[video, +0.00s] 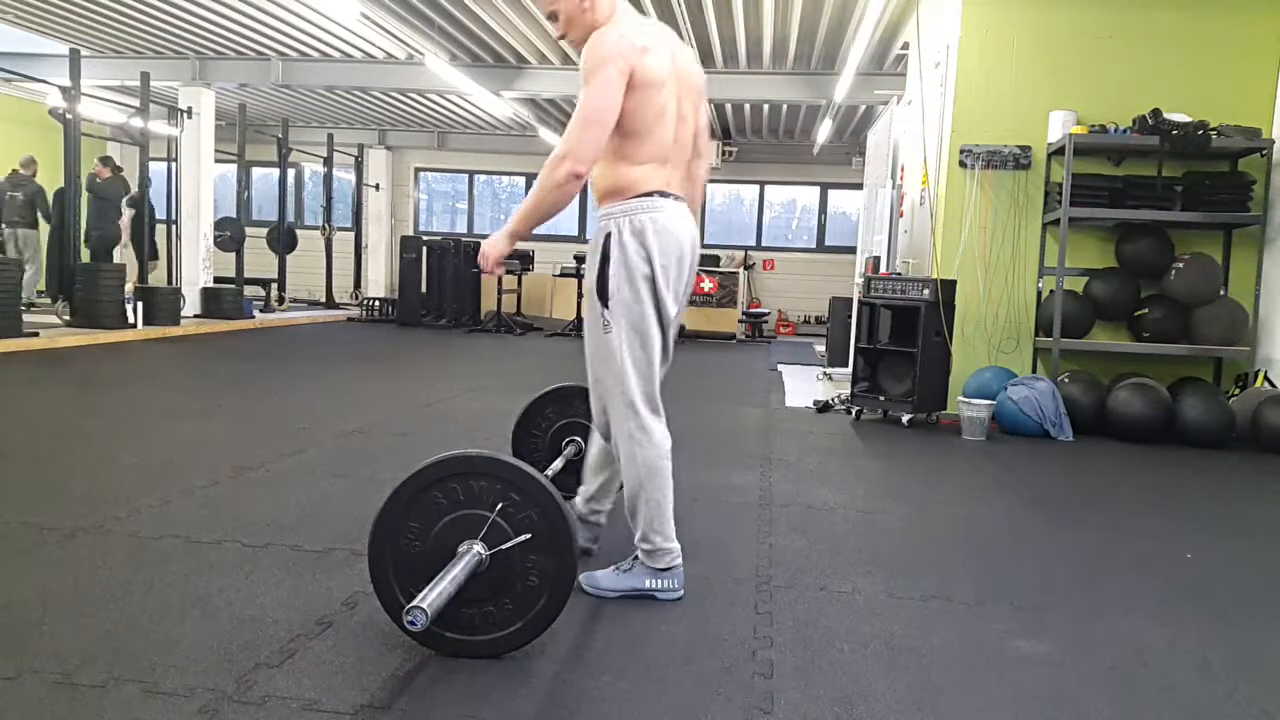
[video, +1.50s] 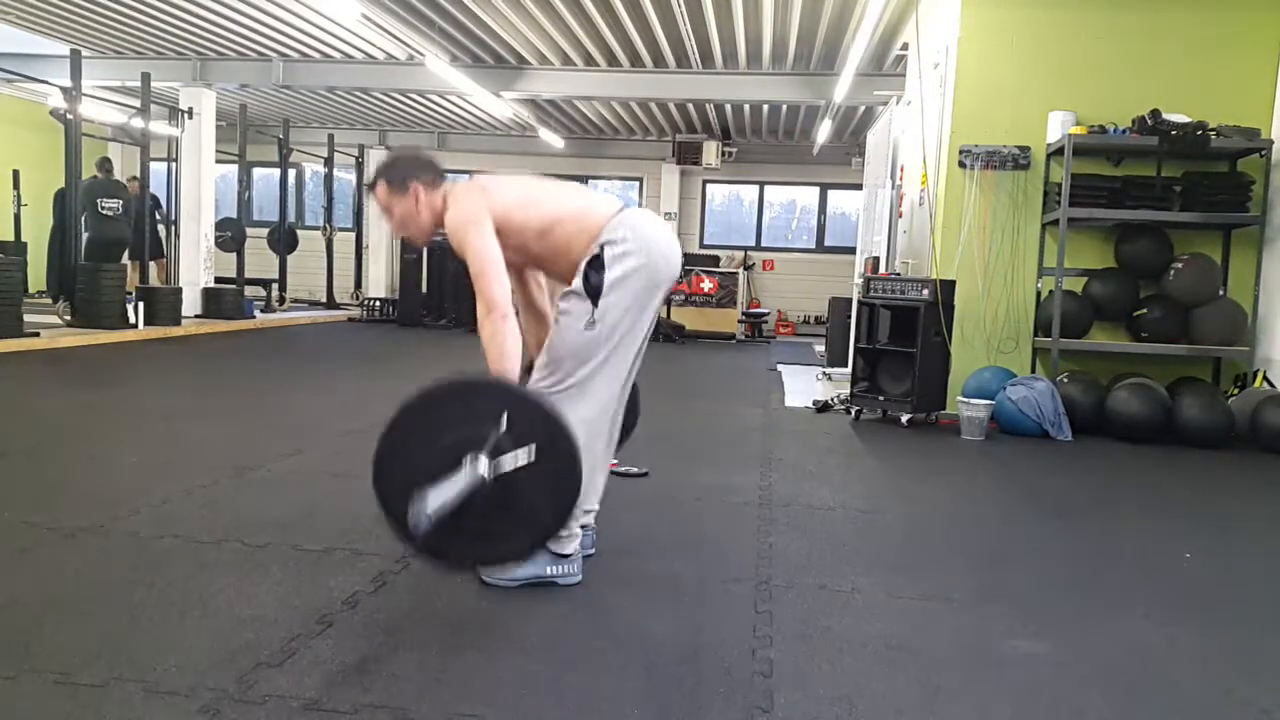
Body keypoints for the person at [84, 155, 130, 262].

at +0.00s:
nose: (94, 169)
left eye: (97, 166)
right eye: (95, 166)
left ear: (106, 168)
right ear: (108, 168)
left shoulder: (113, 184)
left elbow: (91, 187)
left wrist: (92, 175)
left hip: (104, 232)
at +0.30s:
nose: (92, 168)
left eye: (94, 165)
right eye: (92, 165)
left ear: (104, 167)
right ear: (105, 167)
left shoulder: (111, 183)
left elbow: (87, 185)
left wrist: (89, 175)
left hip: (100, 230)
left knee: (98, 270)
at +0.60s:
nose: (89, 167)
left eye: (91, 164)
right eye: (89, 164)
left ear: (99, 167)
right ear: (103, 167)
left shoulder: (88, 184)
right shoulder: (115, 181)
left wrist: (85, 175)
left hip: (92, 229)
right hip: (109, 228)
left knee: (92, 266)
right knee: (104, 266)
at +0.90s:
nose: (89, 169)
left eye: (91, 166)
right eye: (90, 166)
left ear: (96, 167)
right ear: (108, 167)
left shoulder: (86, 184)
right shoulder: (119, 185)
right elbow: (120, 209)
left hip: (93, 231)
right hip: (114, 233)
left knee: (91, 270)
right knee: (107, 269)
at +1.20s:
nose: (93, 170)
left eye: (93, 167)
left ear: (95, 169)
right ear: (111, 168)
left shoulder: (86, 185)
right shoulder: (121, 186)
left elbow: (80, 211)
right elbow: (125, 211)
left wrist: (80, 229)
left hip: (94, 232)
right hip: (117, 233)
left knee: (85, 270)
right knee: (108, 269)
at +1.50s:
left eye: (97, 169)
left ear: (97, 170)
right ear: (112, 169)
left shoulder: (88, 186)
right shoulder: (122, 187)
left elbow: (79, 211)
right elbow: (130, 213)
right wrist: (128, 231)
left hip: (97, 234)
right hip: (121, 234)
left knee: (90, 272)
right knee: (111, 271)